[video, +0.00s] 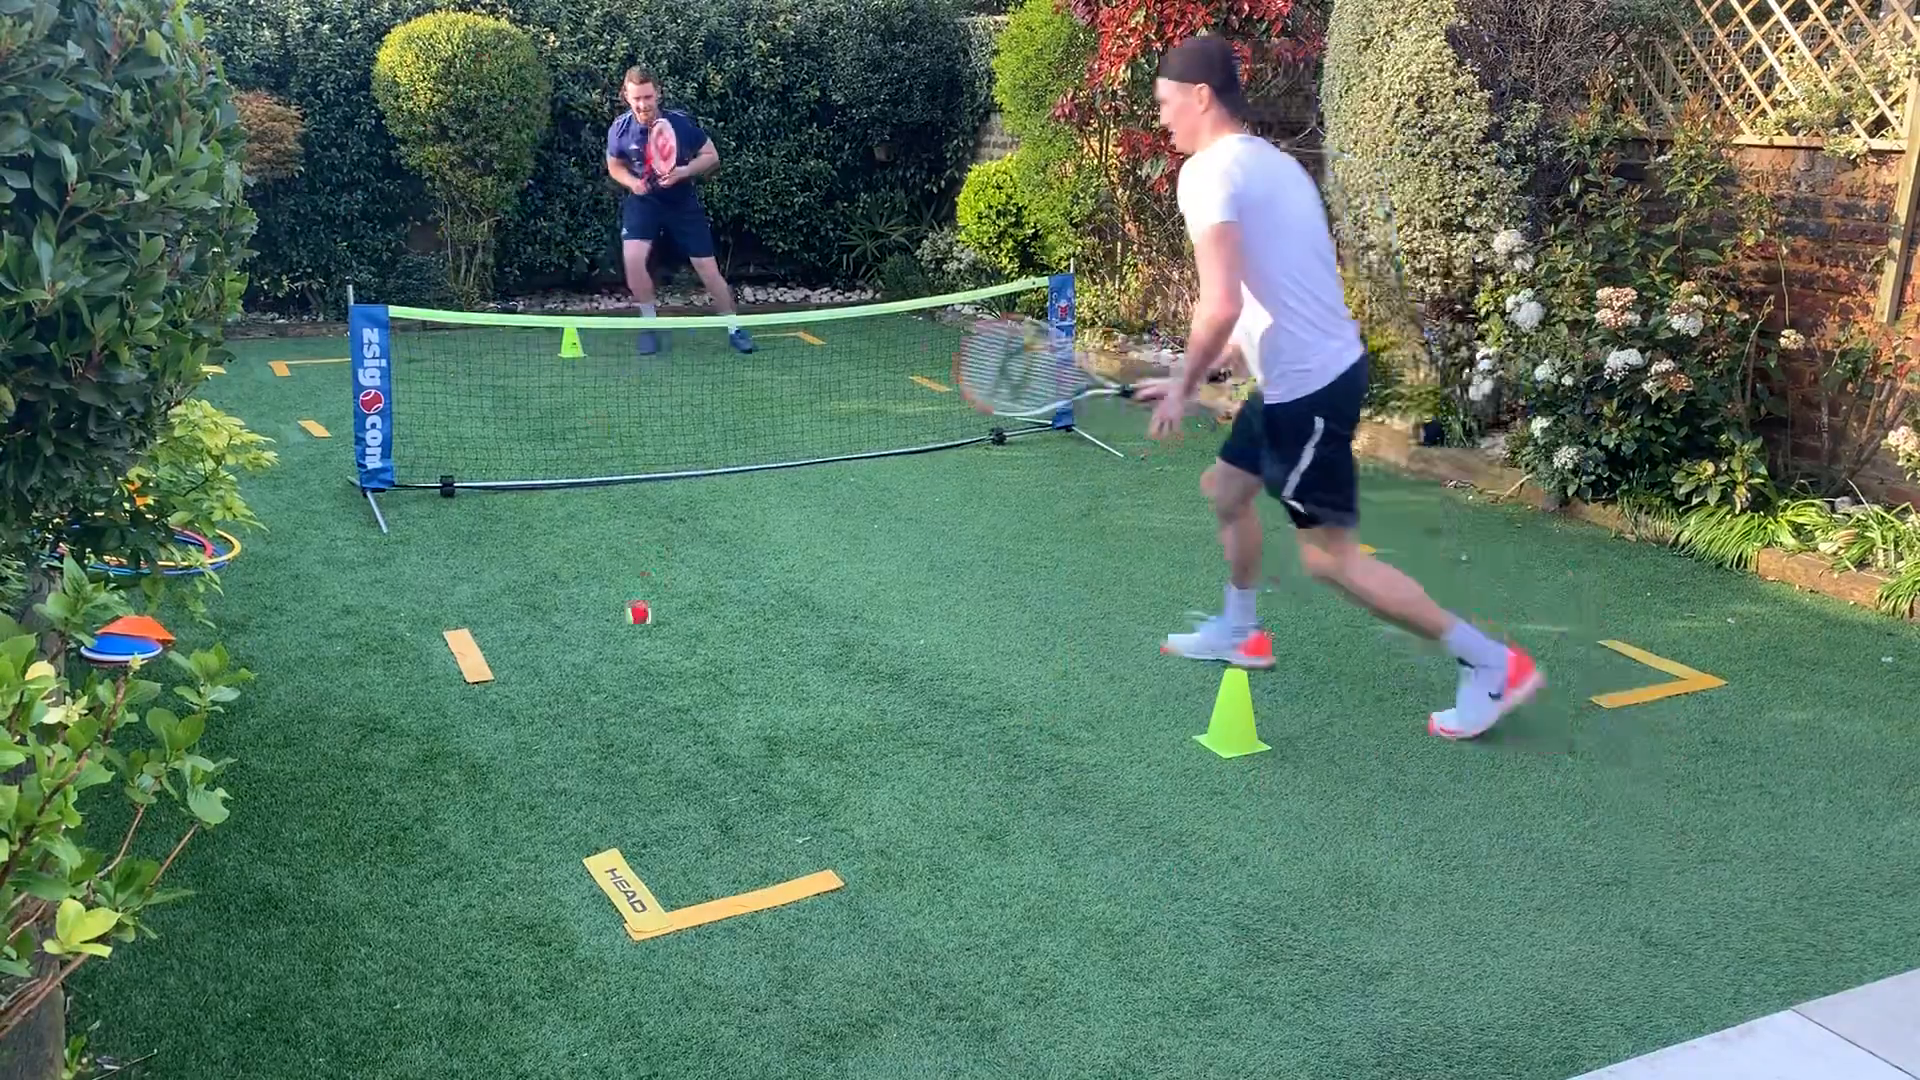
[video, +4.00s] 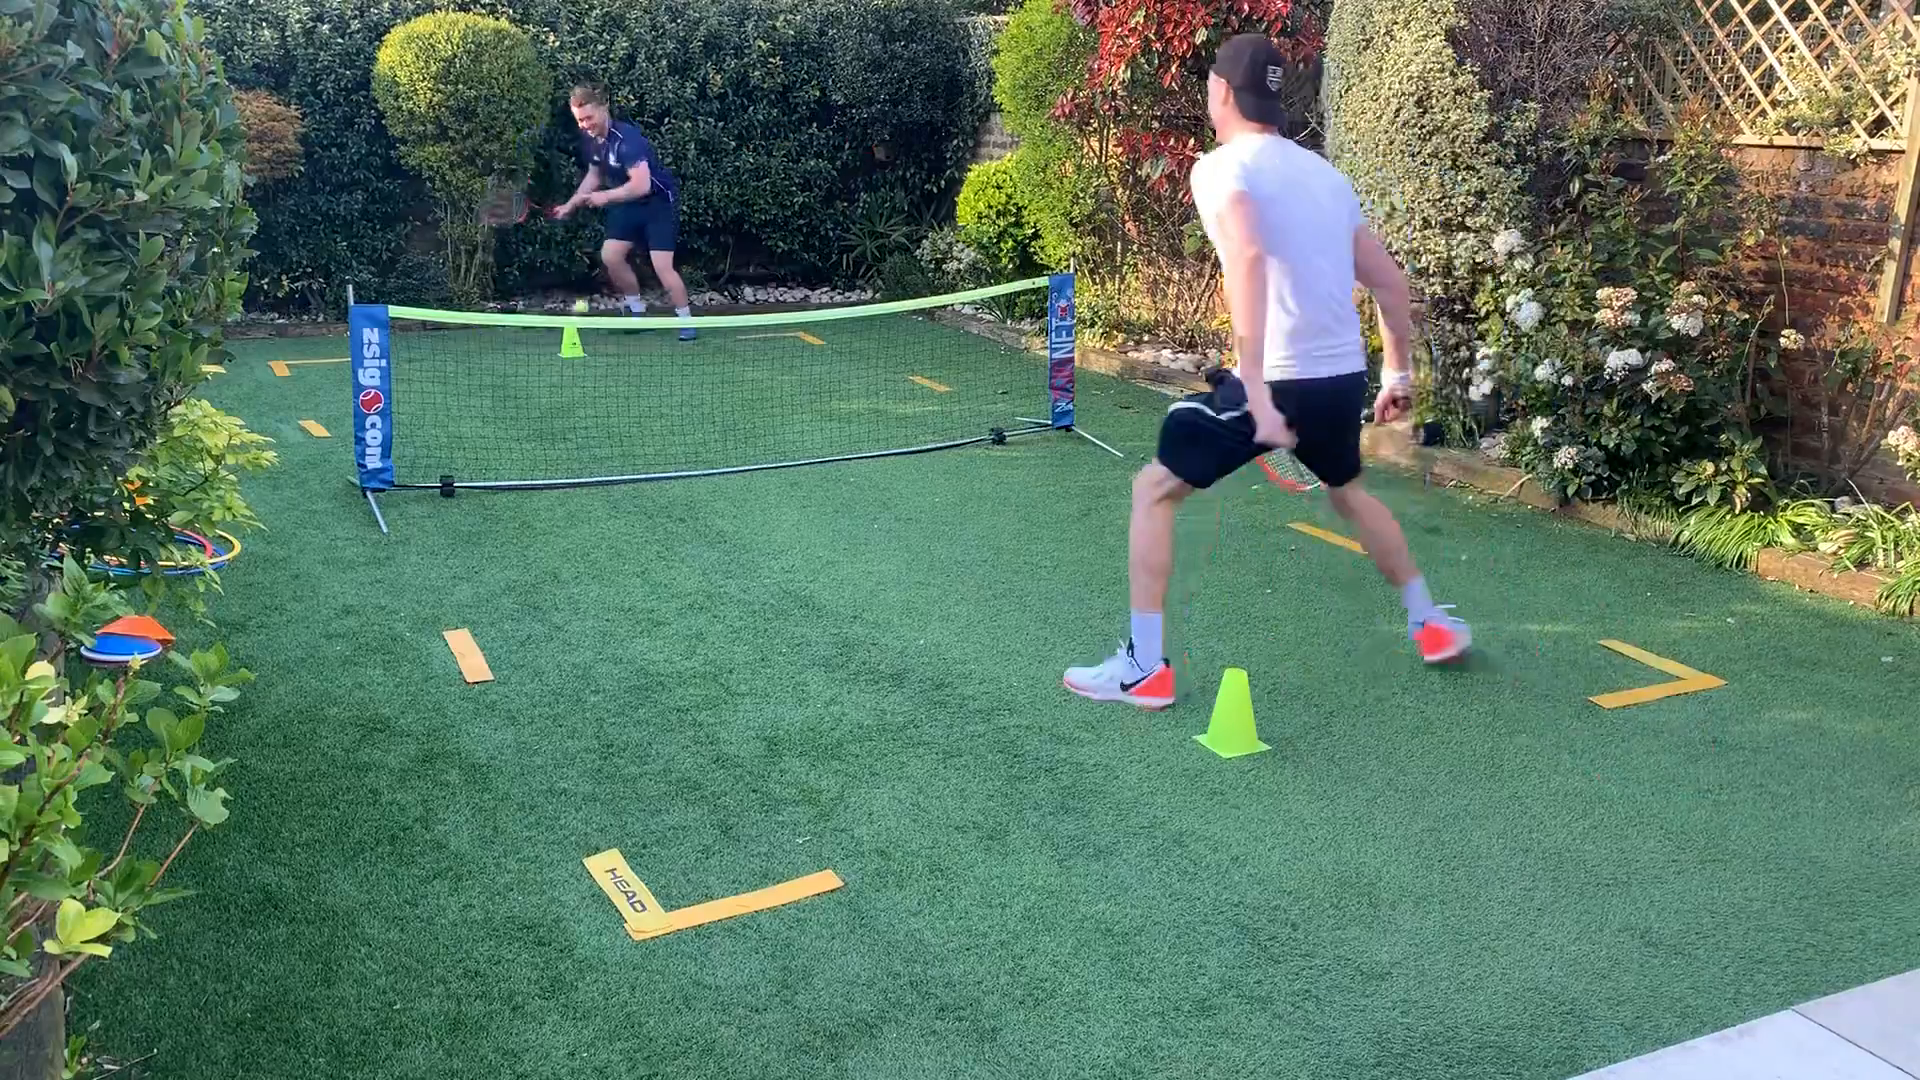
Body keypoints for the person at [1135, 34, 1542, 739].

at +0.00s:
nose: (1161, 118)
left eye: (1166, 102)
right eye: (1159, 104)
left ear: (1202, 96)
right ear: (1213, 98)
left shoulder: (1212, 171)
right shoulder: (1274, 162)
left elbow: (1222, 305)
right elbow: (1277, 297)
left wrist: (1182, 386)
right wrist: (1198, 368)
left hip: (1308, 385)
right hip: (1308, 376)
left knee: (1330, 558)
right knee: (1226, 490)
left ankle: (1493, 663)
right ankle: (1237, 628)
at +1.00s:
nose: (730, 107)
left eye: (731, 97)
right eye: (735, 96)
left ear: (739, 107)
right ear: (809, 103)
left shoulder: (787, 176)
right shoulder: (842, 173)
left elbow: (765, 301)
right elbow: (899, 310)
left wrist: (689, 414)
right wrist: (805, 373)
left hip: (846, 410)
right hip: (865, 400)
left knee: (712, 571)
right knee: (744, 529)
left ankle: (783, 765)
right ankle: (707, 661)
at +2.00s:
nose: (1306, 122)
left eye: (1309, 108)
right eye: (1309, 106)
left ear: (1324, 116)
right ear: (1396, 114)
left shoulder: (1312, 216)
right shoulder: (1461, 202)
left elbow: (1306, 365)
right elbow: (1536, 343)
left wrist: (1283, 490)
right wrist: (1487, 429)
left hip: (1390, 471)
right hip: (1487, 462)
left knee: (1345, 675)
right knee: (1525, 637)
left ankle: (1364, 868)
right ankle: (1612, 832)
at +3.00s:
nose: (1436, 200)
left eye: (1440, 182)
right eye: (1430, 186)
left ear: (1485, 166)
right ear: (1478, 172)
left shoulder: (1576, 224)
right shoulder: (1488, 253)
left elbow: (1517, 371)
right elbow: (1471, 371)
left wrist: (1427, 464)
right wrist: (1424, 466)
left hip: (1674, 399)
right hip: (1601, 398)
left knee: (1597, 571)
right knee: (1483, 507)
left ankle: (1685, 734)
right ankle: (1482, 647)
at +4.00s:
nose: (1206, 96)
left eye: (1209, 85)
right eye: (1209, 84)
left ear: (1222, 92)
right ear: (1276, 93)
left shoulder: (1222, 165)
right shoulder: (1326, 173)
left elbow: (1246, 256)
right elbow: (1388, 279)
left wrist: (1253, 385)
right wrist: (1398, 370)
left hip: (1271, 385)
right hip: (1344, 382)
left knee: (1152, 490)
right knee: (1349, 491)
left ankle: (1143, 662)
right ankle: (1428, 618)